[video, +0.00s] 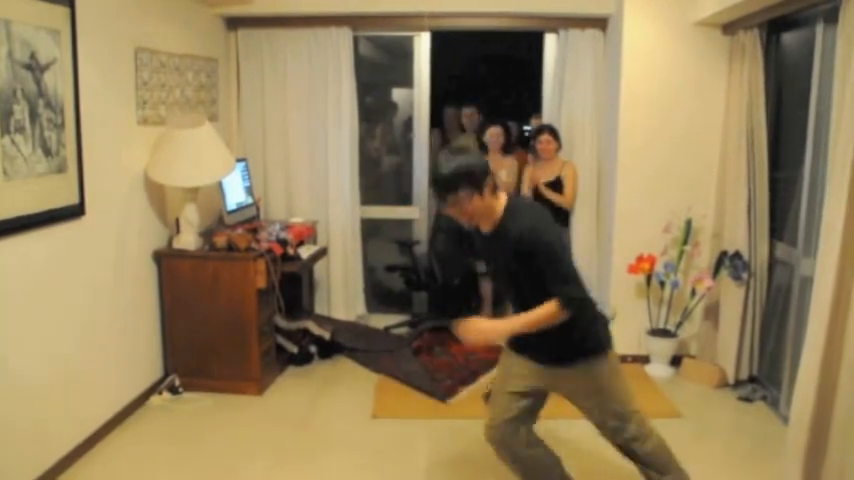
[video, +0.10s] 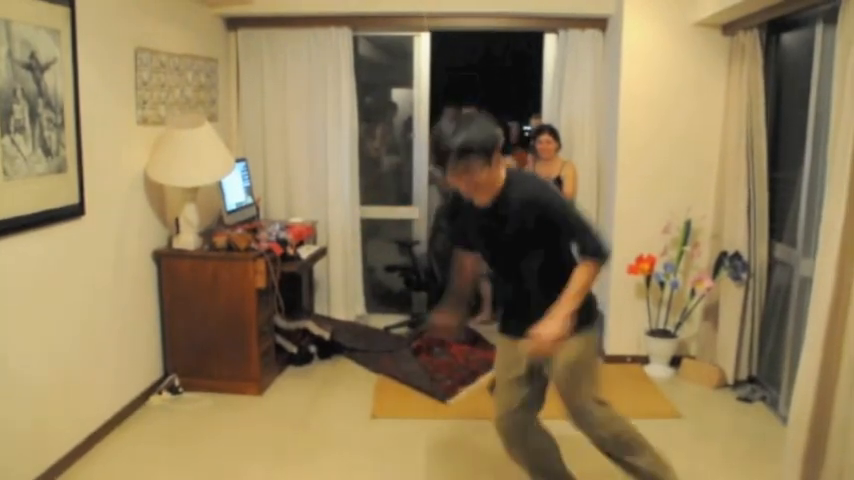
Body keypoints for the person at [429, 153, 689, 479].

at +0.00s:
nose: (455, 214)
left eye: (458, 204)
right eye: (450, 207)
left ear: (483, 191)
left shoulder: (531, 226)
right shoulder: (486, 228)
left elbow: (570, 301)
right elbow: (508, 287)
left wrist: (502, 328)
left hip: (581, 353)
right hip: (528, 350)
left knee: (628, 433)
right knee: (504, 432)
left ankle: (676, 476)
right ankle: (557, 477)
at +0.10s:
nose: (463, 186)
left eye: (470, 175)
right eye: (455, 177)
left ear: (495, 161)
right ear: (447, 174)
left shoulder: (535, 193)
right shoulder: (464, 205)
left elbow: (594, 252)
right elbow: (466, 259)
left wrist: (558, 315)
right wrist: (452, 308)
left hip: (571, 320)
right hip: (516, 326)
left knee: (585, 409)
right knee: (512, 420)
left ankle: (657, 473)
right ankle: (556, 476)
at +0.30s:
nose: (476, 157)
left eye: (485, 144)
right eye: (465, 146)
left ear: (503, 132)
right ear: (449, 140)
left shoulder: (538, 171)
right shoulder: (439, 190)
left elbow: (607, 207)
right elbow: (409, 266)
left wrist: (667, 244)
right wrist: (366, 323)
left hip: (530, 288)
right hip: (478, 299)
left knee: (476, 358)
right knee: (504, 394)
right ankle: (552, 467)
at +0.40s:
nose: (484, 155)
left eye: (492, 144)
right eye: (474, 144)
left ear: (502, 142)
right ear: (452, 141)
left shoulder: (517, 185)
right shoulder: (428, 196)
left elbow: (575, 221)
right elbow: (422, 282)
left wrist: (633, 252)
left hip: (498, 320)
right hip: (447, 324)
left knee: (452, 399)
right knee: (496, 412)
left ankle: (437, 475)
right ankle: (564, 472)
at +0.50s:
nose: (477, 153)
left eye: (486, 143)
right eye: (469, 141)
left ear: (496, 143)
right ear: (443, 138)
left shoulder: (493, 191)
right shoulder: (413, 190)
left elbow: (532, 243)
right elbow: (421, 273)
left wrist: (580, 276)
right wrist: (494, 308)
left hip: (470, 329)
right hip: (425, 329)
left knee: (440, 427)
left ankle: (440, 474)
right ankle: (518, 457)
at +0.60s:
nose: (466, 151)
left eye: (473, 141)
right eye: (458, 140)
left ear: (480, 141)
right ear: (430, 136)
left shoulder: (476, 190)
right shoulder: (395, 186)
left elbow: (492, 254)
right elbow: (403, 268)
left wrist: (525, 300)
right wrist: (487, 246)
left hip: (450, 331)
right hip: (396, 327)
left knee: (438, 436)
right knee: (373, 416)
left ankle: (436, 474)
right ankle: (425, 430)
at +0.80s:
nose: (431, 175)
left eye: (438, 165)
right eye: (423, 163)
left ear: (445, 162)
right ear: (396, 154)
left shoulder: (437, 204)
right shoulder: (354, 195)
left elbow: (441, 274)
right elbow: (326, 271)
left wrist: (447, 334)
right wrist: (376, 298)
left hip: (389, 316)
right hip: (329, 312)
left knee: (419, 407)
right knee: (302, 406)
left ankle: (432, 473)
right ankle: (242, 472)